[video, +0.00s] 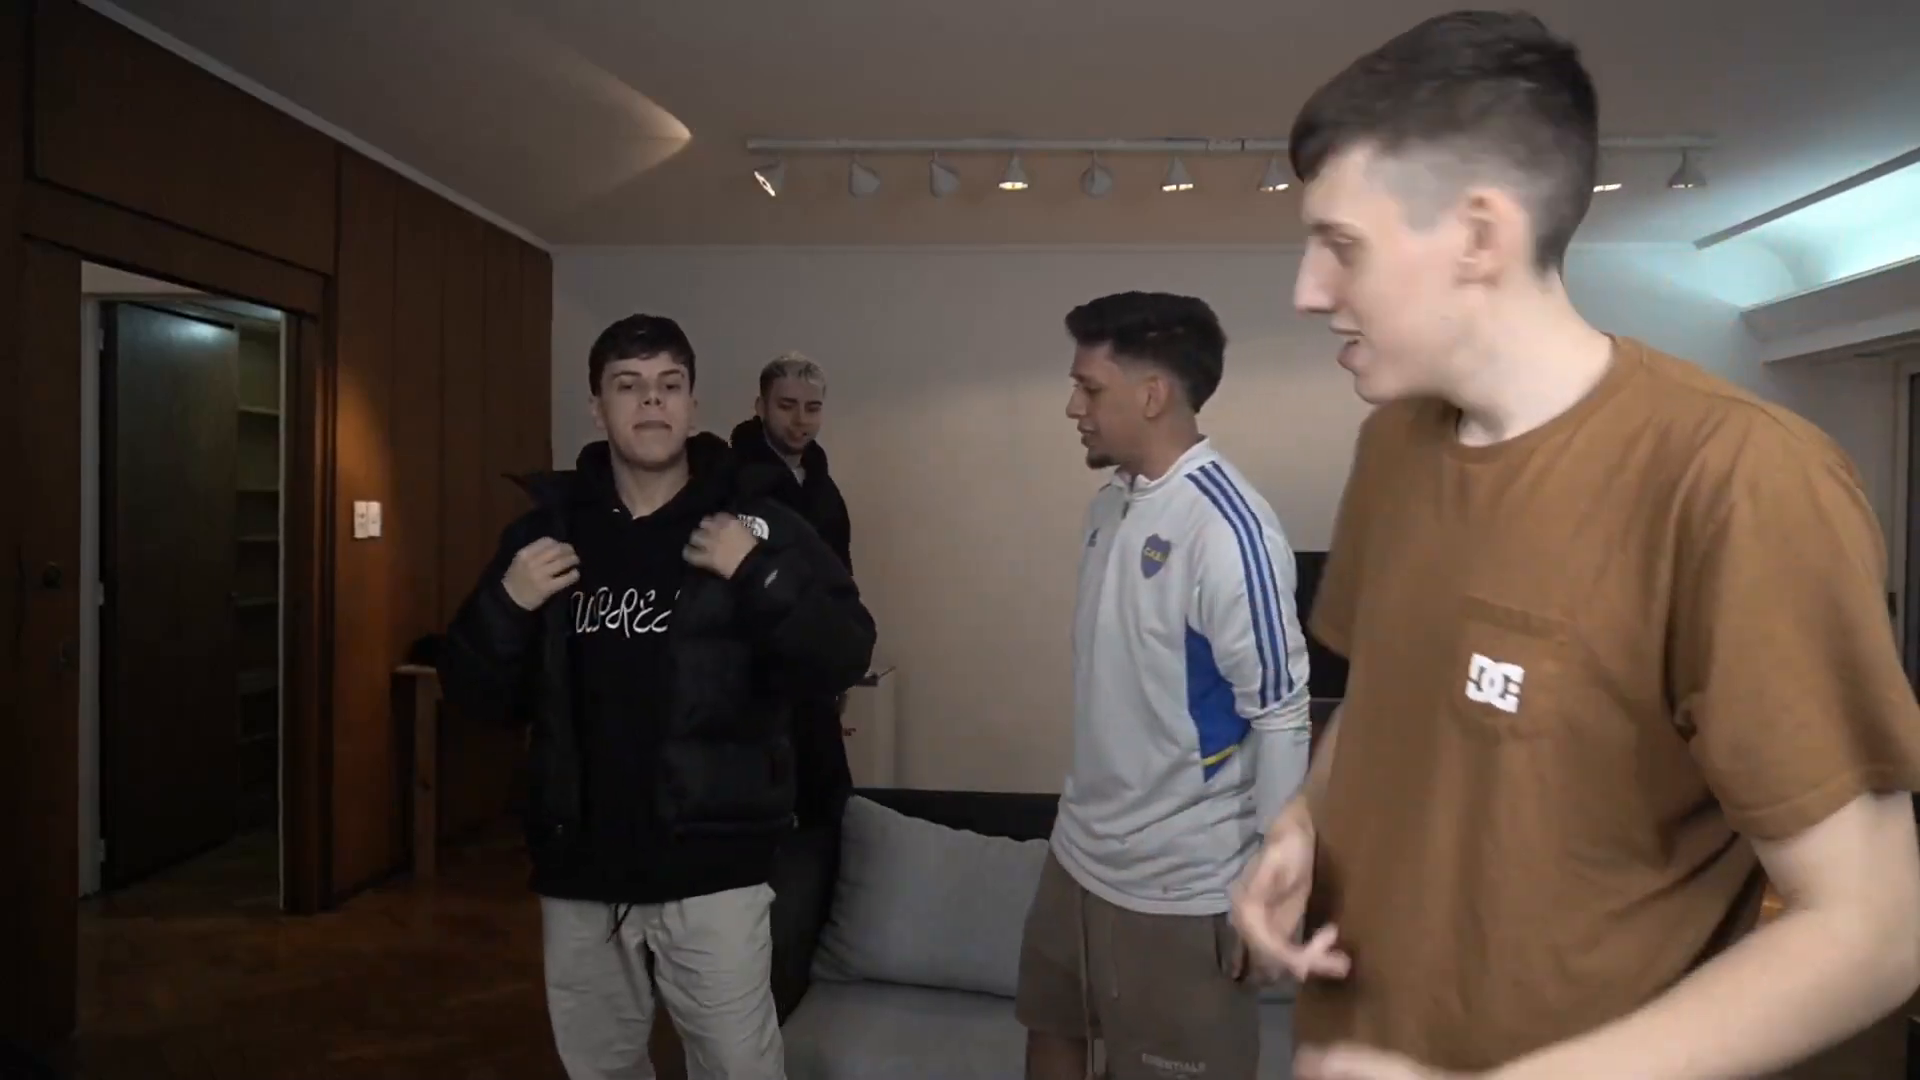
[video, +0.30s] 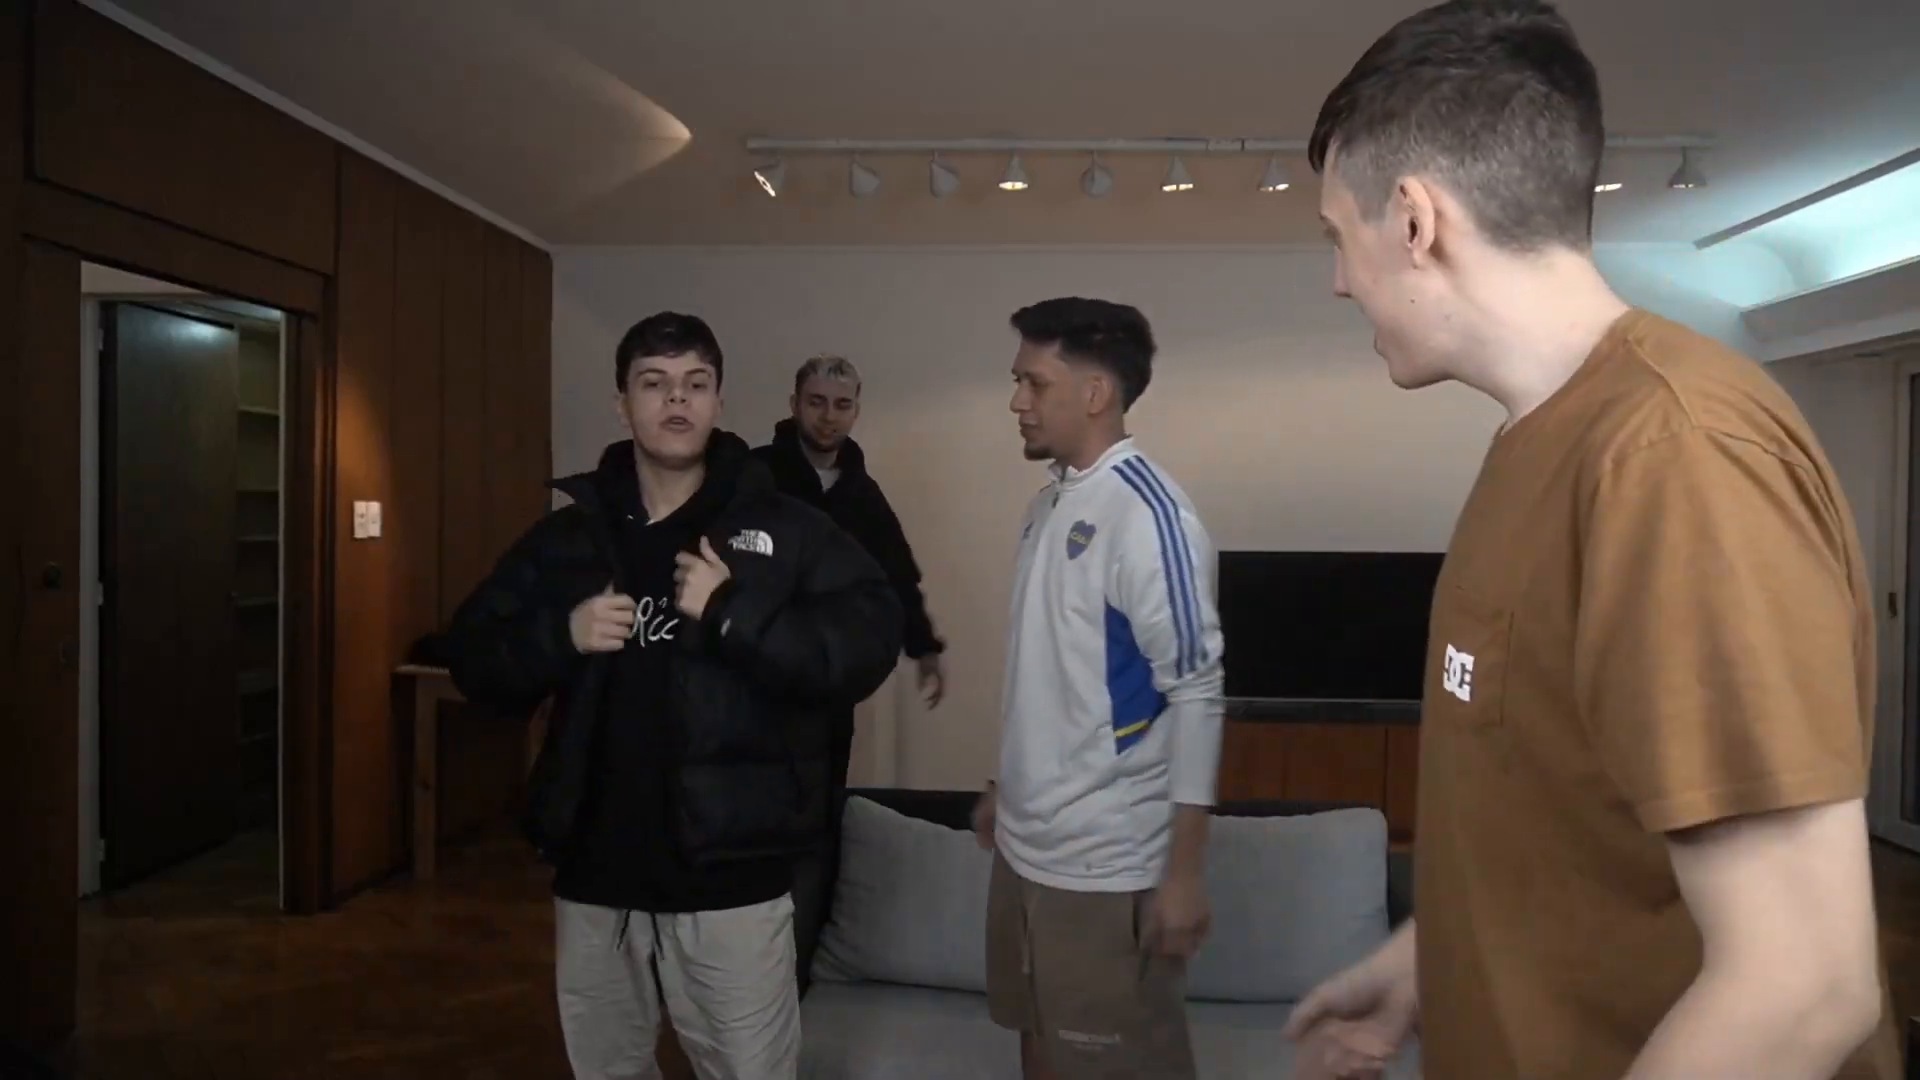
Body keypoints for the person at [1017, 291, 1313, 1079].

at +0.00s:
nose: (1072, 407)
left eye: (1089, 387)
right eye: (1075, 385)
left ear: (1155, 394)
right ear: (1145, 396)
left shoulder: (1234, 531)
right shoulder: (1112, 503)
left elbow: (1283, 717)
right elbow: (1123, 683)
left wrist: (1278, 885)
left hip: (1182, 897)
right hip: (1079, 863)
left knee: (1172, 1069)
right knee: (1054, 1042)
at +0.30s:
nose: (1017, 401)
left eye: (1035, 383)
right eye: (1018, 382)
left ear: (1099, 393)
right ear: (1082, 394)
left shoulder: (1151, 512)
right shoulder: (1053, 501)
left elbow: (1198, 692)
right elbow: (1052, 669)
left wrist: (1186, 867)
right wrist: (1008, 788)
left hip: (1109, 867)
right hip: (1029, 852)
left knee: (1120, 1063)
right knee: (1041, 1047)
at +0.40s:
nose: (1001, 406)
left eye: (1020, 389)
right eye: (1002, 386)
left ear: (1081, 398)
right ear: (1066, 398)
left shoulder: (1125, 507)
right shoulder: (1043, 504)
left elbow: (1160, 687)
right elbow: (1029, 677)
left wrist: (1108, 851)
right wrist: (957, 773)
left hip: (1082, 861)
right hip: (1017, 849)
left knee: (1096, 1065)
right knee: (1036, 1049)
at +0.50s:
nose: (986, 409)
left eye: (1003, 391)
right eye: (985, 390)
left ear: (1064, 399)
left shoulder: (1102, 502)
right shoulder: (1031, 500)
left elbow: (1124, 679)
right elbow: (1010, 672)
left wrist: (1041, 827)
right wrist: (934, 767)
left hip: (1069, 847)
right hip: (1012, 833)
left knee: (1073, 1057)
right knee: (1035, 1047)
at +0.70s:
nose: (958, 411)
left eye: (977, 395)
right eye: (957, 394)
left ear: (1036, 399)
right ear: (1024, 402)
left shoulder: (1058, 492)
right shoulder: (1023, 495)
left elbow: (1074, 658)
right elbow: (992, 669)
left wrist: (986, 790)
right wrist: (939, 790)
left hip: (1037, 823)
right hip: (1025, 816)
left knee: (1000, 1045)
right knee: (1047, 1040)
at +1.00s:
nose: (907, 422)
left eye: (920, 407)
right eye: (905, 408)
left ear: (981, 405)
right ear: (971, 409)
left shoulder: (1005, 489)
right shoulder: (999, 485)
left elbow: (1041, 637)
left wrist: (984, 794)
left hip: (980, 813)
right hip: (1031, 811)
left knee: (916, 1016)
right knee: (1043, 1007)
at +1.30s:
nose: (836, 418)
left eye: (848, 401)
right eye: (838, 401)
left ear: (892, 406)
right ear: (899, 410)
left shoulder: (930, 485)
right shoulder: (919, 482)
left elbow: (982, 643)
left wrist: (982, 803)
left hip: (935, 806)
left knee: (871, 1027)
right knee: (987, 997)